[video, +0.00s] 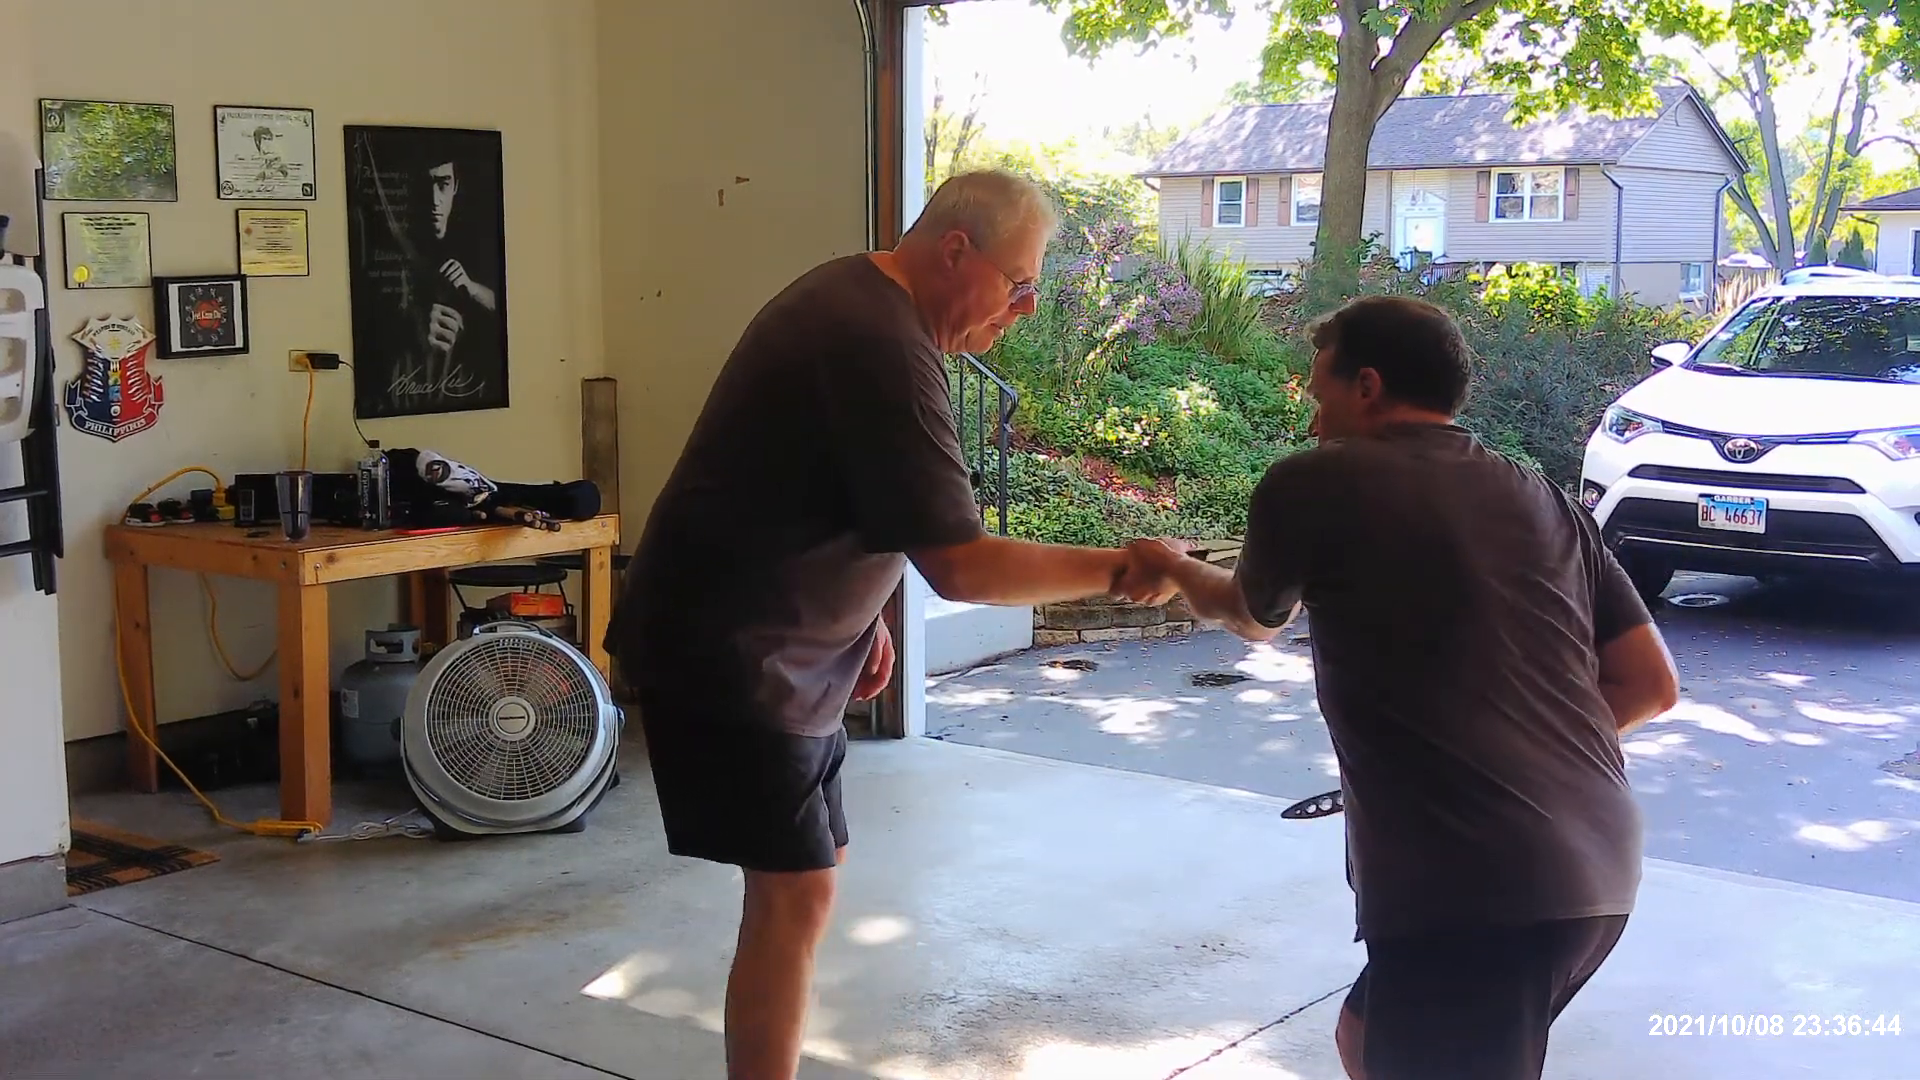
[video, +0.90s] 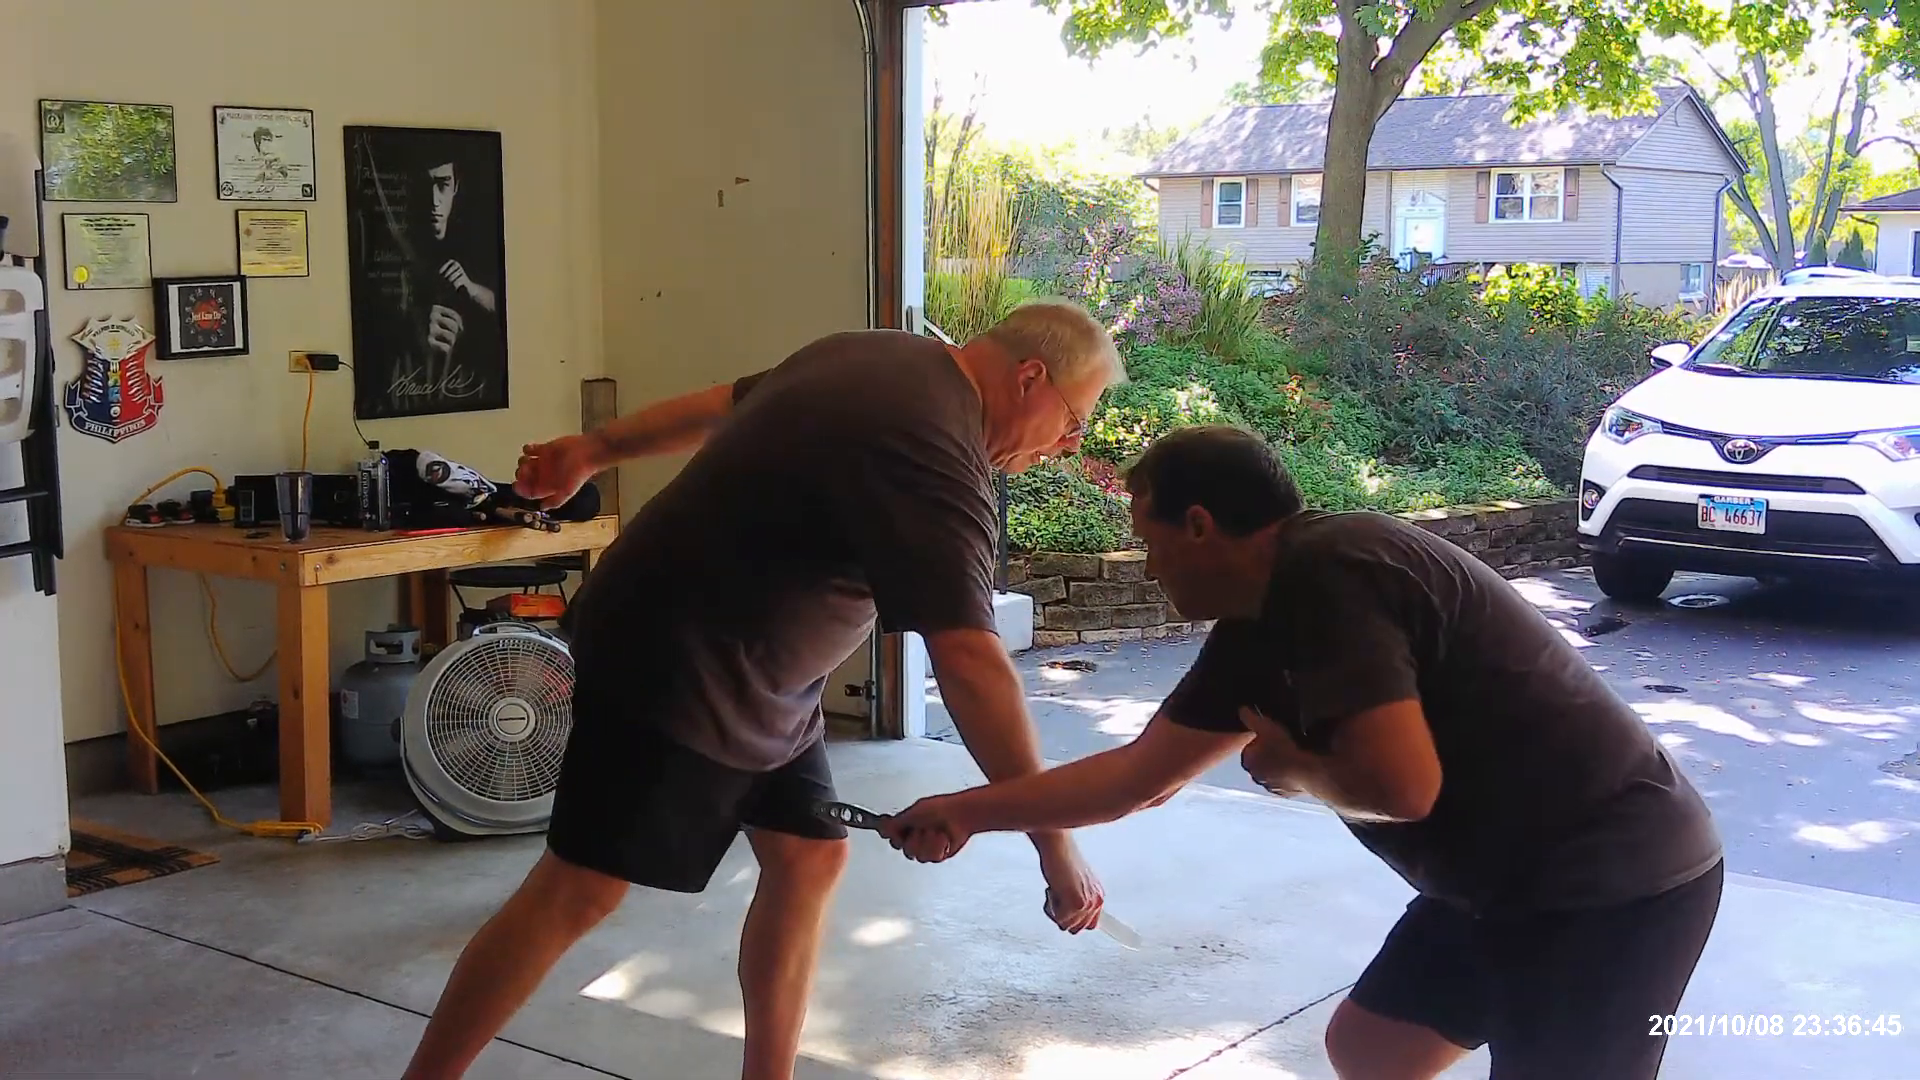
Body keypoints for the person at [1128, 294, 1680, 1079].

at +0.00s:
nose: (1313, 408)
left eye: (1321, 385)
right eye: (1315, 386)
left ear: (1369, 388)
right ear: (1443, 396)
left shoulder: (1312, 482)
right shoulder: (1541, 496)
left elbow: (1254, 611)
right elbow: (1647, 681)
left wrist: (1178, 566)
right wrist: (1514, 754)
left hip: (1472, 883)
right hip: (1603, 869)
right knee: (1367, 1032)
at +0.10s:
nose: (1308, 404)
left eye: (1316, 382)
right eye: (1309, 383)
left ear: (1364, 385)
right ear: (1440, 396)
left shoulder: (1308, 476)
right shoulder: (1525, 493)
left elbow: (1239, 600)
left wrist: (1167, 557)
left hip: (1469, 877)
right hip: (1592, 865)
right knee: (1355, 1031)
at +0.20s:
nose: (1295, 407)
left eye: (1302, 383)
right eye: (1296, 385)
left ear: (1350, 384)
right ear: (1422, 396)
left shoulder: (1303, 468)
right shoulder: (1482, 480)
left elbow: (1218, 594)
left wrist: (1158, 552)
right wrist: (1282, 725)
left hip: (1479, 862)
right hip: (1585, 845)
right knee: (1357, 1035)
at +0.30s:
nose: (1277, 412)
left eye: (1284, 388)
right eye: (1277, 389)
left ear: (1335, 385)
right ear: (1403, 396)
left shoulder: (1295, 460)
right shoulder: (1447, 477)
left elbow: (1211, 593)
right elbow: (1331, 690)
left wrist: (1146, 539)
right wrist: (1153, 689)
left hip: (1491, 854)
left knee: (1470, 1067)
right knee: (1359, 1035)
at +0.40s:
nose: (1259, 410)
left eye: (1267, 390)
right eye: (1260, 390)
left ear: (1313, 388)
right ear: (1376, 400)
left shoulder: (1294, 460)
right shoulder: (1405, 479)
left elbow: (1205, 646)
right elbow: (1234, 653)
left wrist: (1174, 584)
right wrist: (1052, 675)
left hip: (1500, 857)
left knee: (1490, 1067)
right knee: (1362, 1030)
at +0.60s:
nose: (1160, 500)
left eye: (1168, 474)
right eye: (1160, 477)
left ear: (1222, 469)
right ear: (1239, 475)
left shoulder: (1311, 502)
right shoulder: (1282, 586)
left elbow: (1309, 687)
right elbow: (1157, 770)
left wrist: (1218, 672)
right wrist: (980, 814)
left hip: (1590, 853)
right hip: (1481, 855)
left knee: (1556, 1064)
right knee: (1357, 1040)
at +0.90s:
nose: (1147, 562)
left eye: (1150, 538)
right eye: (1144, 541)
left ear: (1202, 527)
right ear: (1216, 525)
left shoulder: (1330, 574)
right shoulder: (1257, 621)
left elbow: (1405, 785)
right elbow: (1139, 774)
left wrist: (1299, 768)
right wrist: (966, 812)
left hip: (1622, 873)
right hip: (1497, 873)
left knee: (1559, 1068)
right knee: (1372, 1044)